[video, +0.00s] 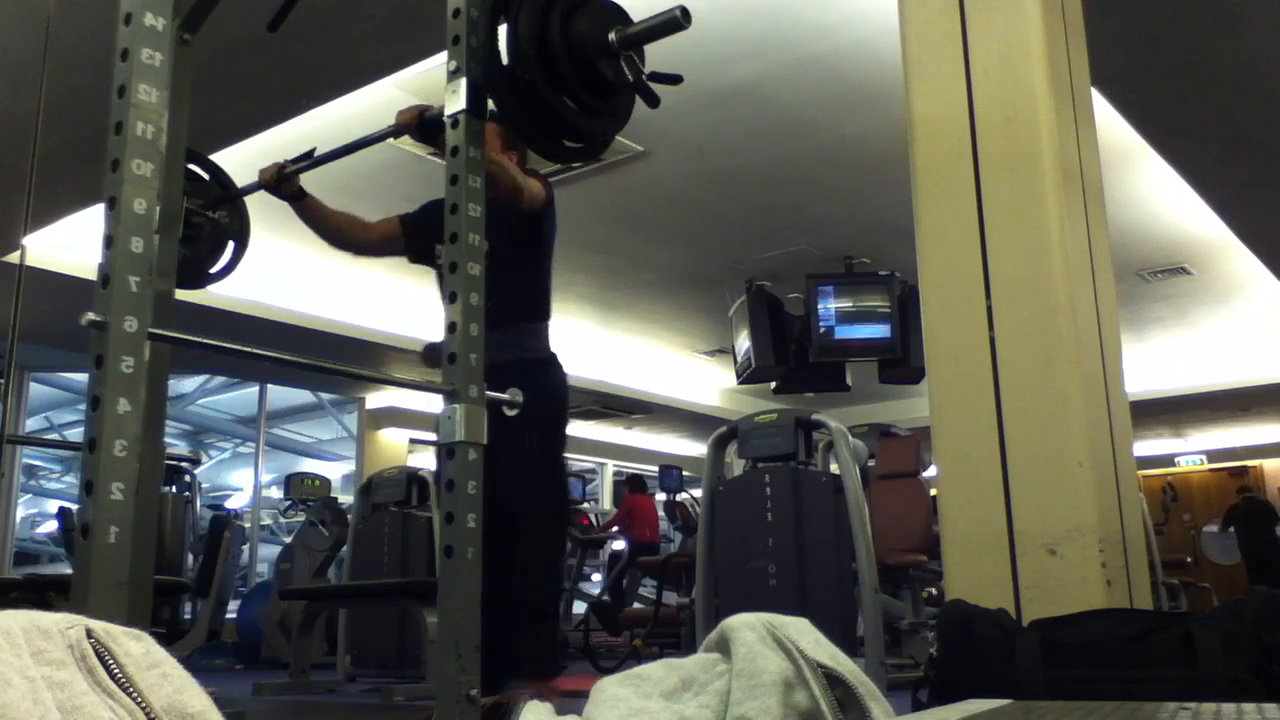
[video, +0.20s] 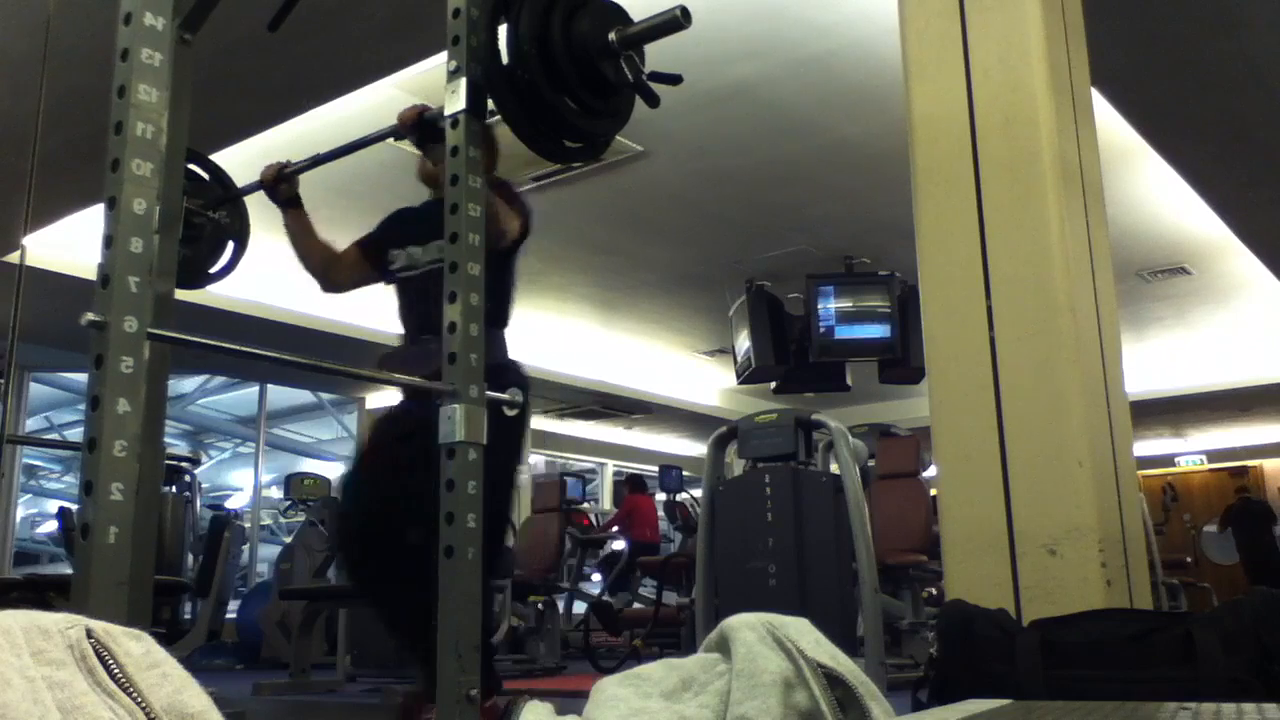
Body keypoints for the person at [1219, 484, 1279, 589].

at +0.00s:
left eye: (1239, 495)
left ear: (1239, 495)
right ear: (1252, 493)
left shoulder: (1234, 508)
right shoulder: (1266, 504)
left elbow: (1223, 529)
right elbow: (1276, 521)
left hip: (1249, 550)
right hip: (1271, 548)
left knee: (1255, 580)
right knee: (1274, 579)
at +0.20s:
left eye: (1238, 495)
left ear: (1236, 495)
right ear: (1249, 493)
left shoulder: (1231, 509)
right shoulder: (1262, 504)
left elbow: (1220, 529)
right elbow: (1274, 521)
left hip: (1247, 551)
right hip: (1269, 548)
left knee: (1253, 580)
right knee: (1273, 579)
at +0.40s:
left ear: (1234, 495)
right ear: (1248, 493)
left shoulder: (1229, 509)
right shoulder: (1261, 504)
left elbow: (1220, 530)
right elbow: (1274, 521)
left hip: (1246, 552)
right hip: (1268, 550)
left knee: (1253, 582)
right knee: (1273, 581)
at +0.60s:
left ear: (1234, 495)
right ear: (1248, 493)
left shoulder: (1229, 509)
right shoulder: (1261, 505)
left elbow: (1220, 531)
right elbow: (1275, 520)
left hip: (1245, 553)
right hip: (1268, 550)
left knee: (1253, 582)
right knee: (1273, 581)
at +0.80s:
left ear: (1238, 492)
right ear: (1253, 492)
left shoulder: (1230, 509)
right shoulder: (1262, 505)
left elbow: (1225, 531)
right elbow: (1275, 523)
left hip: (1245, 553)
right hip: (1268, 551)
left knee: (1253, 583)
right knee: (1272, 582)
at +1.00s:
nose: (1262, 493)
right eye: (1261, 491)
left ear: (1245, 492)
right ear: (1259, 492)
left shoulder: (1236, 508)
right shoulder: (1267, 506)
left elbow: (1230, 525)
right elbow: (1277, 524)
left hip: (1247, 552)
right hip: (1269, 551)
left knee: (1253, 581)